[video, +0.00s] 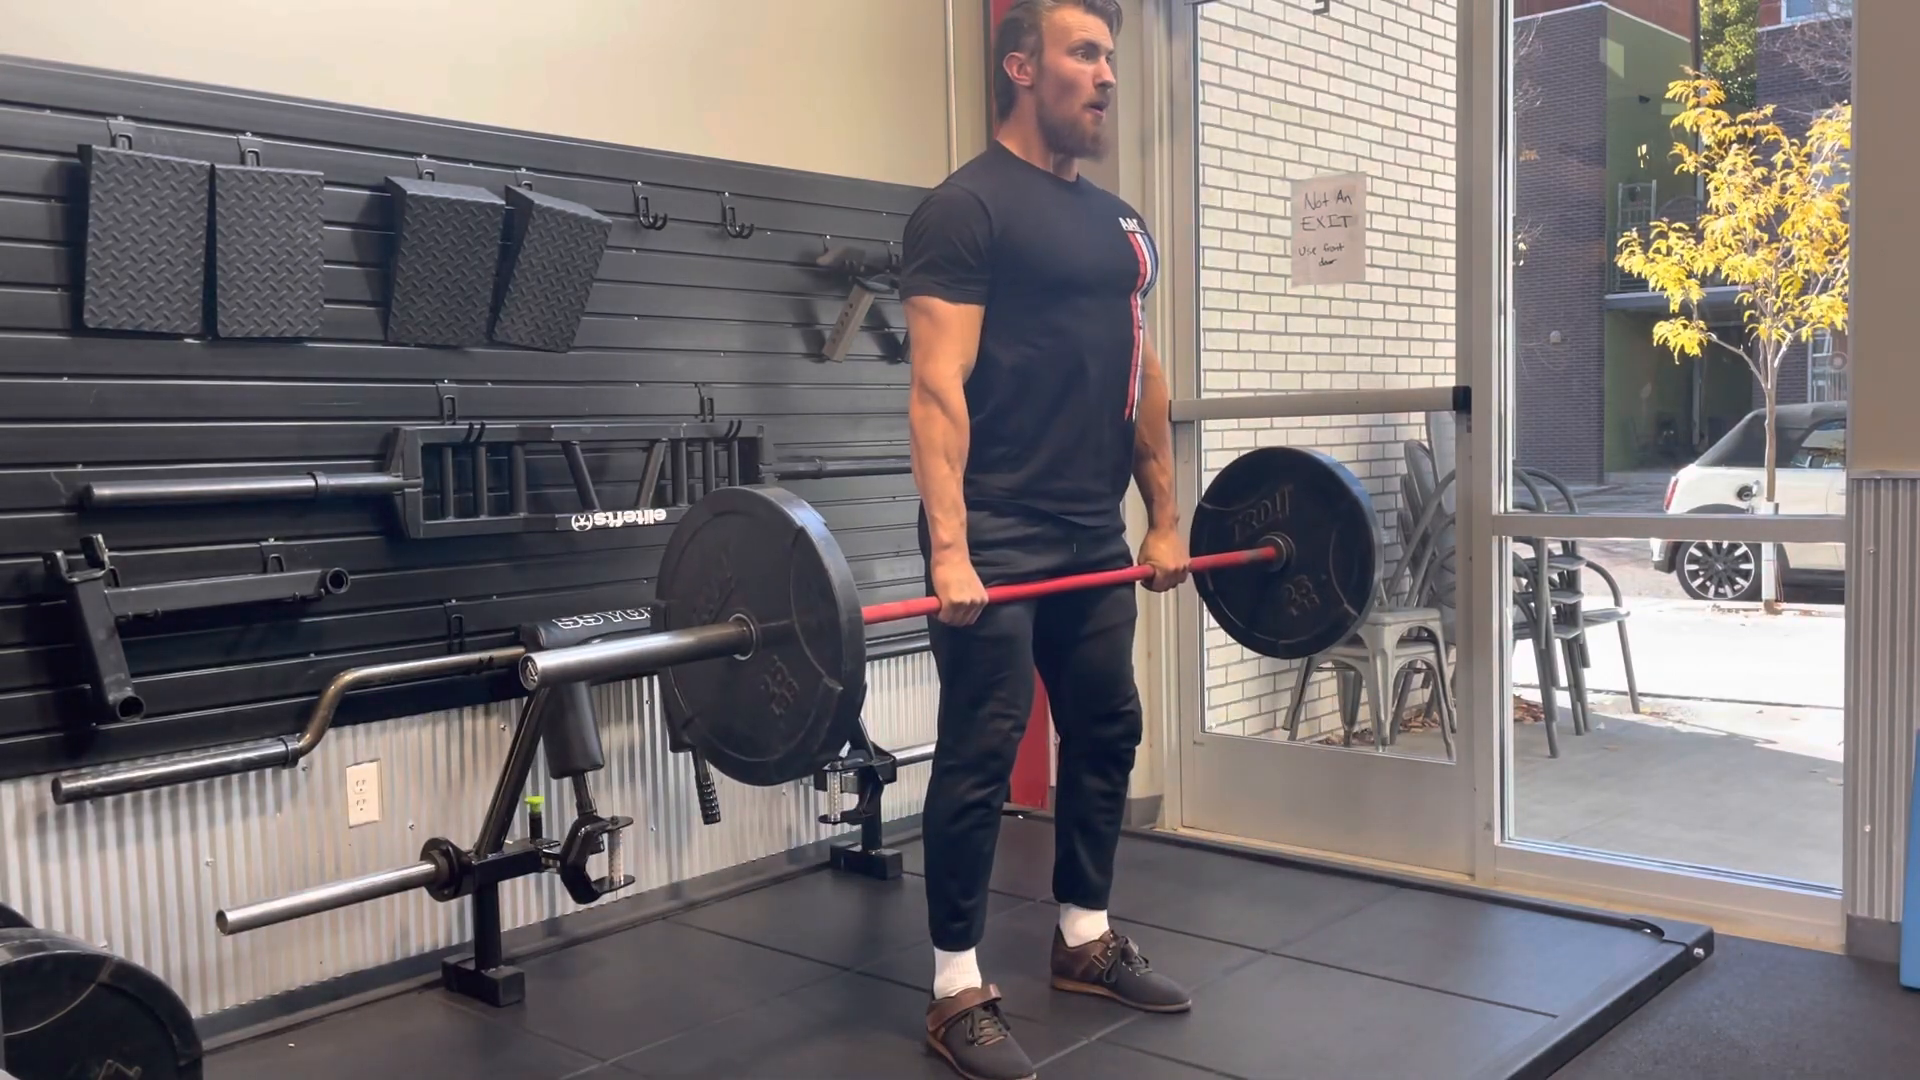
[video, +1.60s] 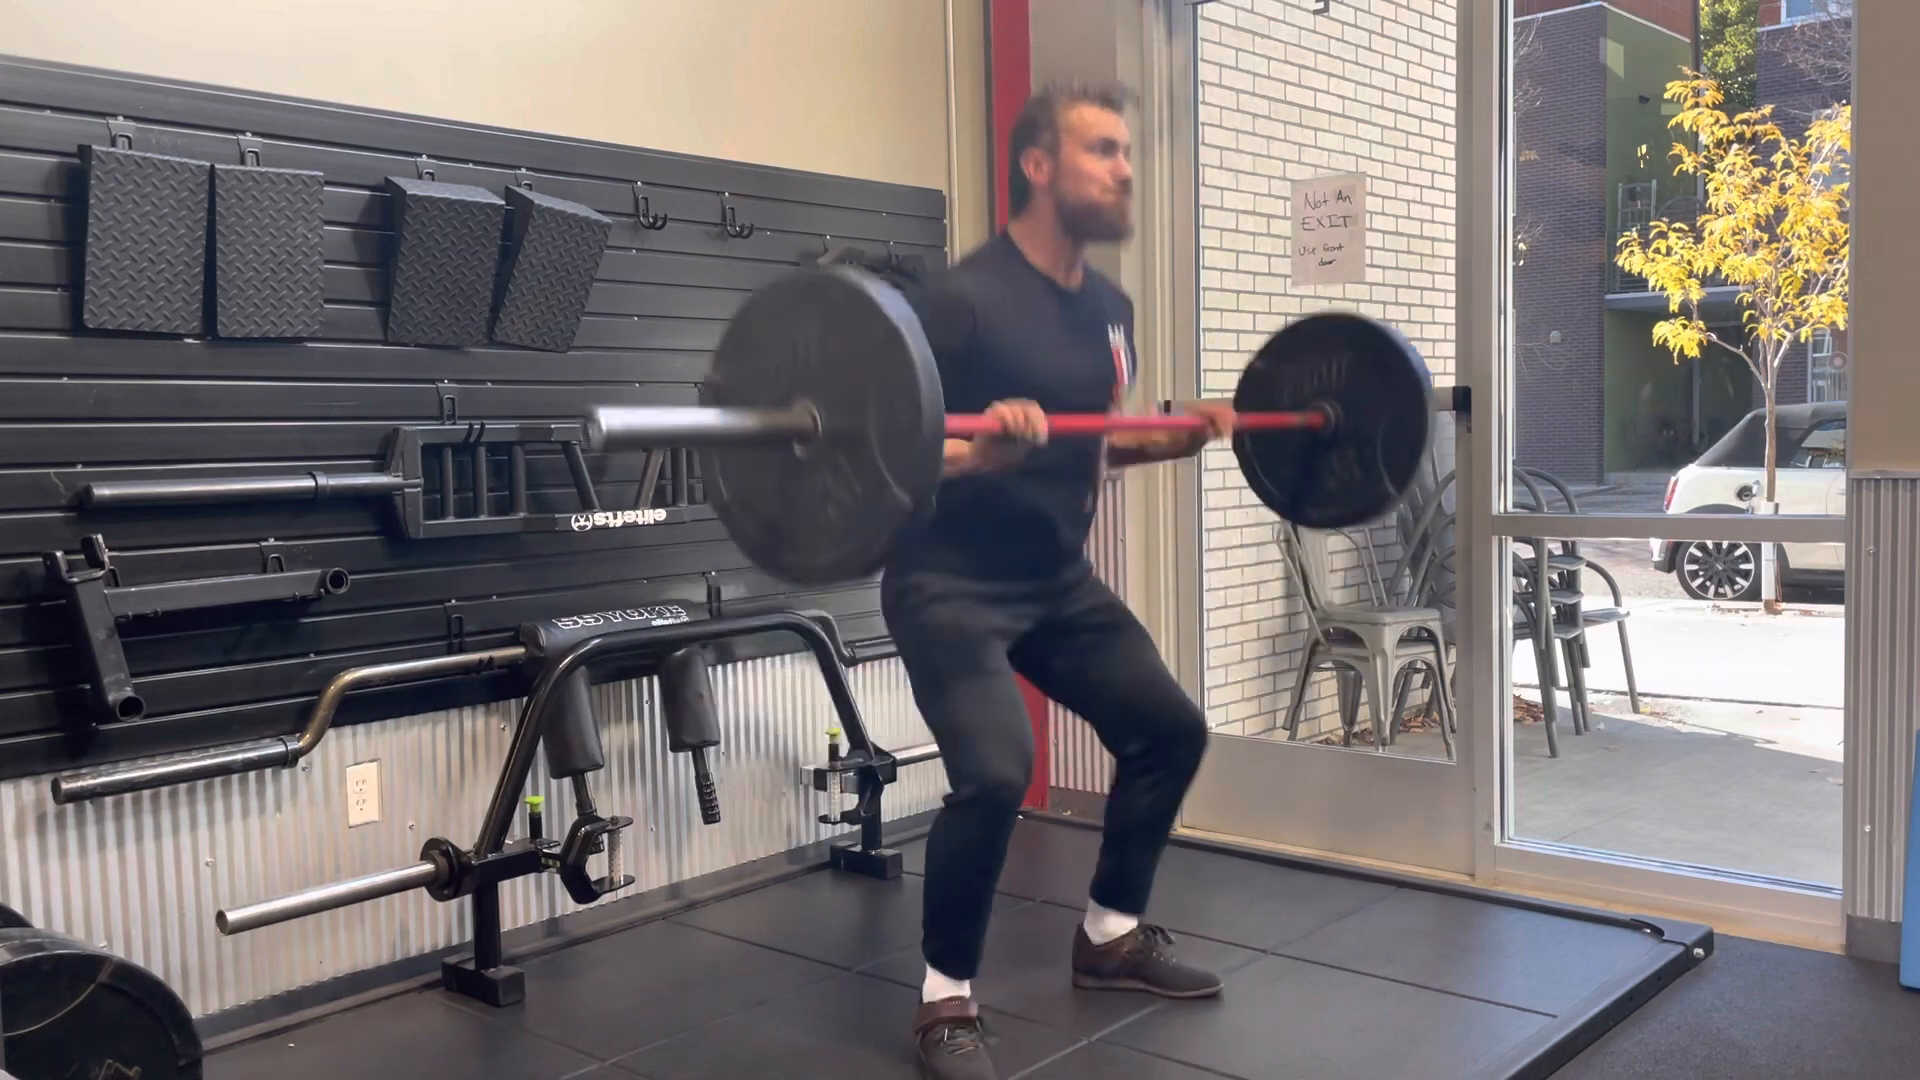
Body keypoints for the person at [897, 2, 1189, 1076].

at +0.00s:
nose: (1108, 76)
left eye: (1111, 59)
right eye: (1087, 54)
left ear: (1101, 79)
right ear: (1019, 69)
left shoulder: (1119, 222)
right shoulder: (962, 207)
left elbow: (1140, 373)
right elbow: (936, 392)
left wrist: (1164, 516)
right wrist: (947, 547)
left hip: (1091, 527)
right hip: (988, 531)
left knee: (1104, 732)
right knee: (982, 749)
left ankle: (1084, 939)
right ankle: (957, 986)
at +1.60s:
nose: (1123, 171)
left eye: (1125, 154)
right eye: (1101, 151)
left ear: (1112, 174)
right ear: (1034, 167)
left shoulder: (1107, 307)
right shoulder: (954, 299)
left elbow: (1099, 446)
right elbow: (884, 450)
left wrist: (1194, 427)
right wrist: (979, 446)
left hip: (1056, 581)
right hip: (948, 582)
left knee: (1170, 732)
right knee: (996, 771)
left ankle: (1110, 939)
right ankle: (944, 1003)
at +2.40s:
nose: (1118, 400)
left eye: (1123, 381)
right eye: (1098, 380)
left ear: (1130, 388)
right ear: (1037, 387)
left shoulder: (1140, 506)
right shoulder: (993, 509)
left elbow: (1282, 553)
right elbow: (1054, 587)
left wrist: (1212, 450)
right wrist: (1046, 449)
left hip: (1060, 740)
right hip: (940, 742)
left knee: (1222, 758)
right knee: (989, 826)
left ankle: (1115, 937)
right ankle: (948, 1003)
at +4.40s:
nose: (1091, 103)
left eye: (1091, 87)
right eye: (1068, 84)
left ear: (1076, 109)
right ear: (1001, 102)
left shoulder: (1106, 254)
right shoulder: (958, 241)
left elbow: (1135, 403)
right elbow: (908, 412)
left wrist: (1161, 537)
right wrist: (953, 561)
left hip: (1072, 543)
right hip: (970, 548)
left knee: (1133, 730)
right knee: (1009, 753)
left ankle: (1088, 941)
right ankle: (956, 996)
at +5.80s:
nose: (1097, 80)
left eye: (1101, 63)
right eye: (1076, 59)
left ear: (1088, 80)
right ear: (1009, 70)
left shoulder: (1116, 228)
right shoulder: (954, 214)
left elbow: (1139, 386)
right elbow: (932, 393)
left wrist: (1169, 521)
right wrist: (960, 547)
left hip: (1096, 528)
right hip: (992, 531)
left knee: (1114, 731)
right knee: (988, 753)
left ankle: (1087, 940)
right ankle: (950, 993)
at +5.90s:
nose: (1093, 80)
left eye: (1097, 63)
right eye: (1073, 58)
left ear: (1090, 80)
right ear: (1006, 69)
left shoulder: (1114, 230)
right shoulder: (951, 214)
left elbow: (1137, 384)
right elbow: (931, 395)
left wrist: (1168, 521)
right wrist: (959, 547)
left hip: (1095, 529)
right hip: (991, 531)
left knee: (1112, 732)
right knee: (987, 754)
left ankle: (1087, 941)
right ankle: (950, 993)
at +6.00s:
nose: (1093, 80)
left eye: (1097, 64)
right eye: (1072, 59)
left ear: (1087, 80)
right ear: (1005, 69)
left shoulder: (1111, 228)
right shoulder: (949, 214)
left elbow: (1136, 383)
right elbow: (930, 395)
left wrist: (1165, 520)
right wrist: (957, 547)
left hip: (1096, 528)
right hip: (992, 530)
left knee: (1111, 731)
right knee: (987, 750)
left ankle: (1087, 941)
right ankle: (950, 992)